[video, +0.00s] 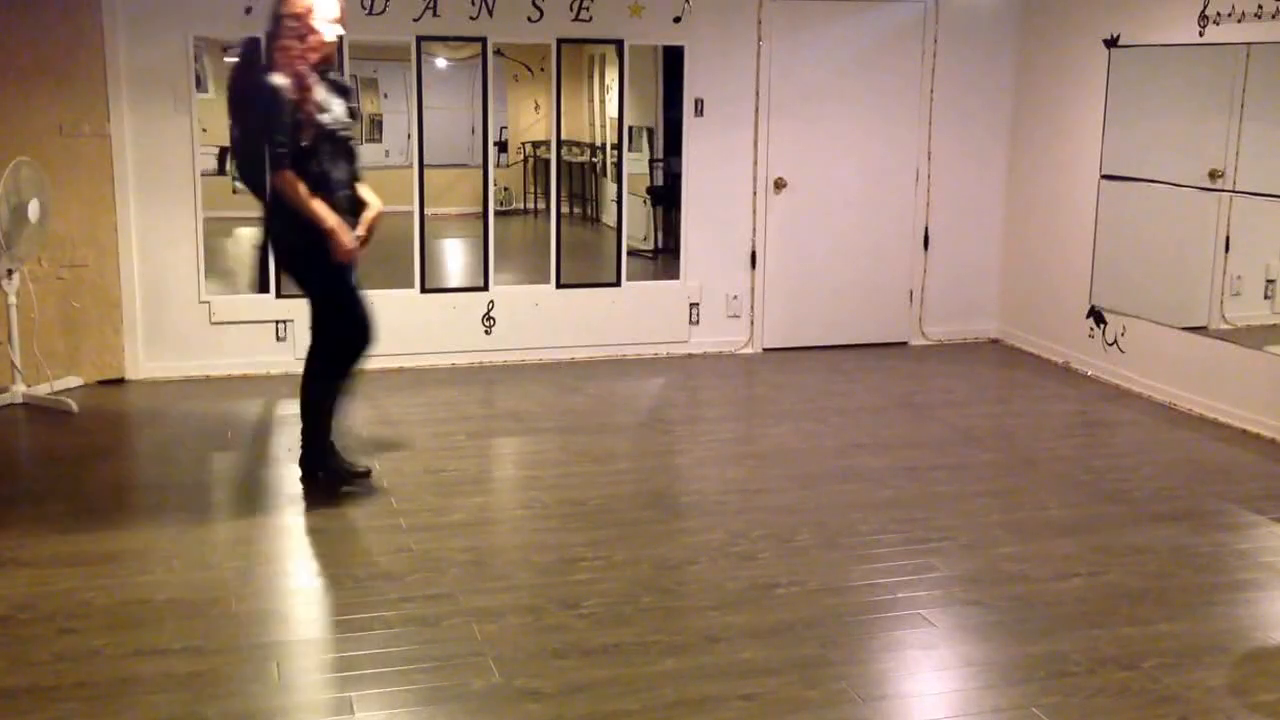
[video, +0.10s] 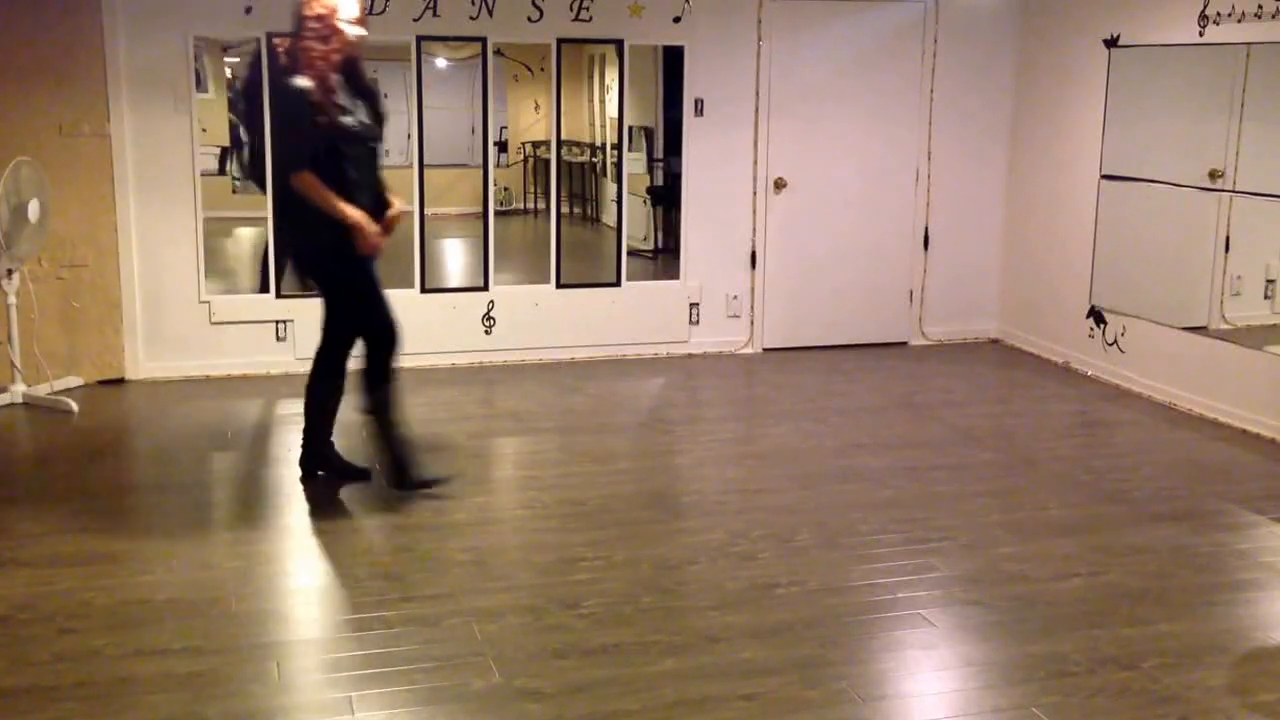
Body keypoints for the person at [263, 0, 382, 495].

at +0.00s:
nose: (303, 42)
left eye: (311, 32)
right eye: (293, 31)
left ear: (325, 37)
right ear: (277, 37)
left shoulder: (331, 88)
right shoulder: (269, 87)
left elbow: (337, 163)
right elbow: (274, 168)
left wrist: (371, 201)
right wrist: (331, 223)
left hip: (330, 227)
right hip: (297, 229)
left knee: (331, 335)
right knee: (349, 330)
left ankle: (318, 455)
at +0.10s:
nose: (325, 43)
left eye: (334, 32)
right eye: (316, 33)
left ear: (347, 41)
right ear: (306, 37)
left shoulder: (355, 93)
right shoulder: (295, 93)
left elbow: (361, 165)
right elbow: (295, 173)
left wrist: (389, 199)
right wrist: (353, 218)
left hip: (352, 232)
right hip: (318, 234)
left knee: (337, 340)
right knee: (380, 333)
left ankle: (317, 449)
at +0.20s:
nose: (369, 42)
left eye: (376, 32)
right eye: (360, 32)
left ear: (390, 38)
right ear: (347, 39)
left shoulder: (388, 96)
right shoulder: (344, 100)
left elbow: (388, 170)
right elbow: (338, 184)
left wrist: (421, 205)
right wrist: (396, 220)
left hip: (384, 236)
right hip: (360, 239)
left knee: (362, 343)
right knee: (416, 342)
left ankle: (318, 444)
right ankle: (455, 465)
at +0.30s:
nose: (415, 37)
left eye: (411, 29)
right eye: (408, 29)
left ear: (394, 37)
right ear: (389, 38)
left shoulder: (409, 96)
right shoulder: (372, 101)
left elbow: (409, 175)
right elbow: (370, 186)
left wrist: (443, 205)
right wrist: (426, 222)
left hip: (404, 233)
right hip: (385, 237)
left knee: (394, 340)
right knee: (443, 340)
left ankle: (330, 434)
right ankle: (466, 470)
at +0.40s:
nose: (437, 33)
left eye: (433, 24)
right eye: (431, 24)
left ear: (399, 32)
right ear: (417, 31)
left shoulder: (417, 89)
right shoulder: (407, 94)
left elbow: (428, 171)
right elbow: (403, 182)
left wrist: (467, 207)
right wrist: (460, 224)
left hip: (419, 231)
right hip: (417, 235)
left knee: (449, 343)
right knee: (462, 344)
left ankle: (356, 422)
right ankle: (468, 472)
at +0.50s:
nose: (469, 29)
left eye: (466, 20)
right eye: (462, 21)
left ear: (431, 31)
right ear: (442, 29)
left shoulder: (443, 85)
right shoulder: (434, 92)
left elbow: (461, 166)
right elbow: (455, 175)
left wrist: (506, 214)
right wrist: (510, 220)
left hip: (457, 234)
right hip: (450, 237)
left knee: (494, 337)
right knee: (485, 342)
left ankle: (422, 422)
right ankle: (470, 472)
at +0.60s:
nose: (489, 29)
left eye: (485, 19)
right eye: (483, 19)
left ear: (444, 30)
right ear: (470, 26)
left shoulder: (452, 86)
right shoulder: (464, 90)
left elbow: (481, 165)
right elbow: (488, 170)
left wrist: (528, 215)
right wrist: (543, 221)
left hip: (467, 230)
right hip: (473, 233)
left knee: (499, 340)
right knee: (519, 332)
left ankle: (478, 453)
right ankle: (474, 469)